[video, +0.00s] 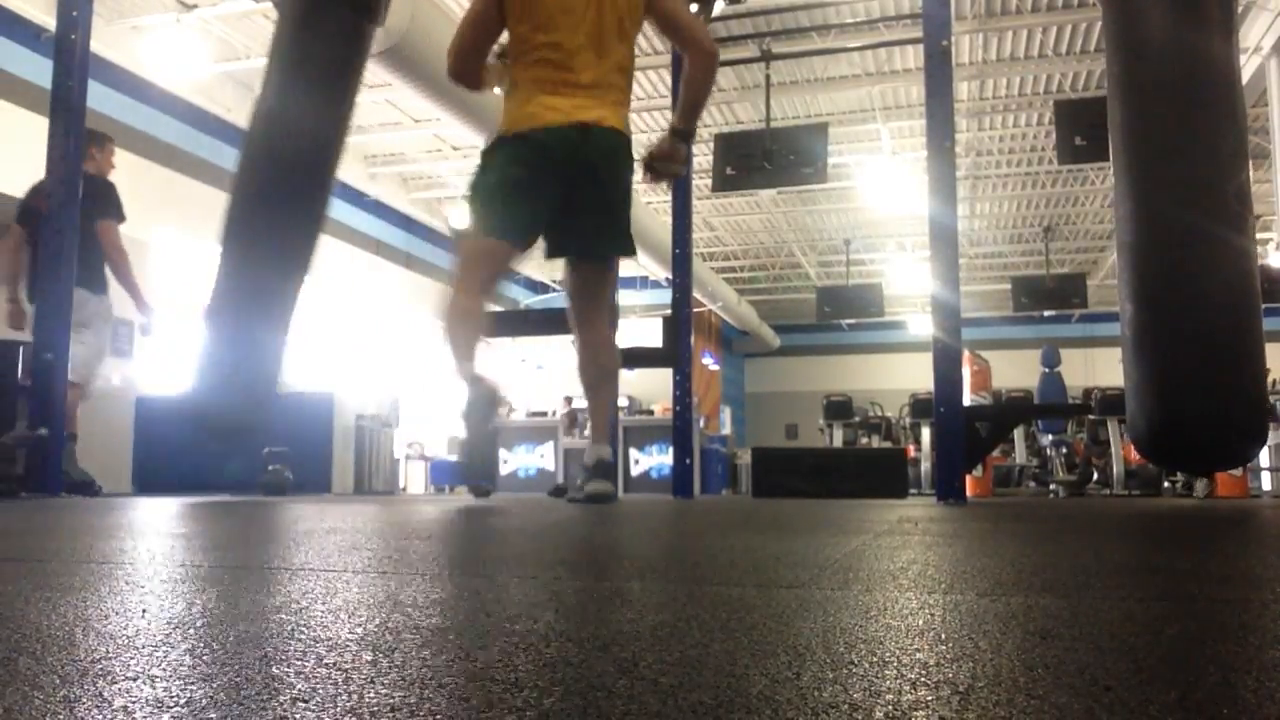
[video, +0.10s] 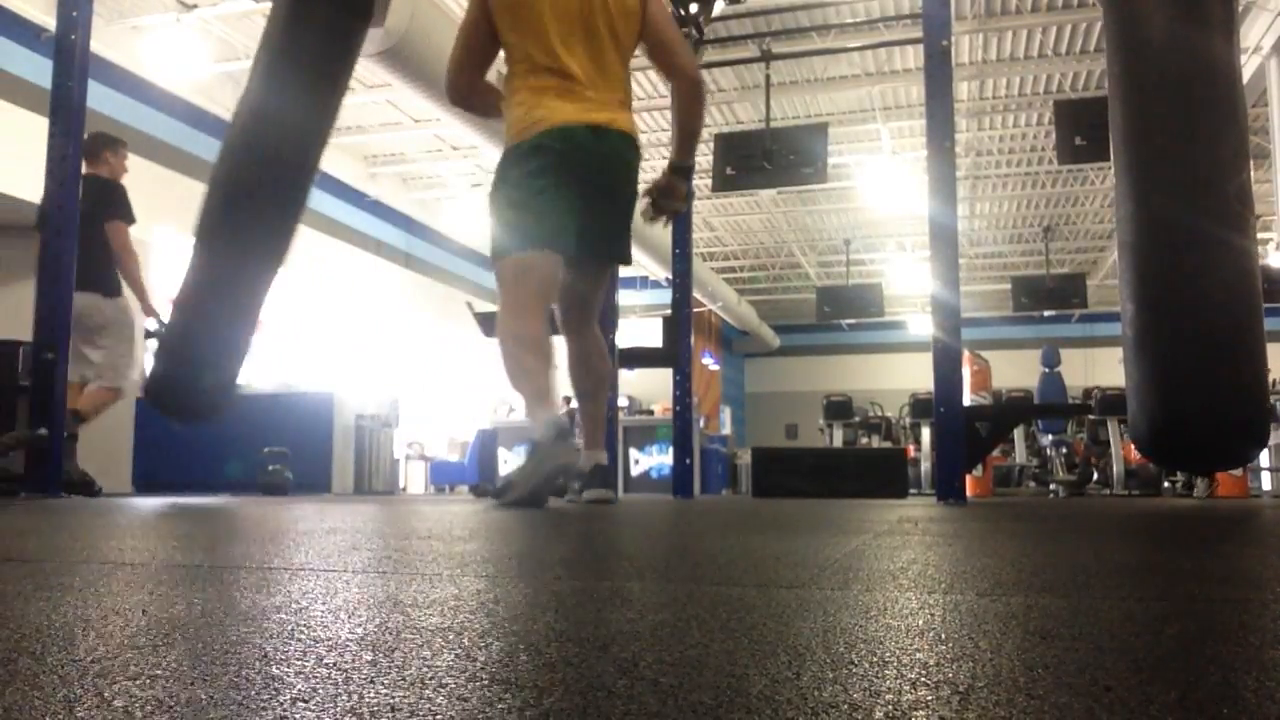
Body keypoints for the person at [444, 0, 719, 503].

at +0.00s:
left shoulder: (509, 0)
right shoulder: (638, 1)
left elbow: (463, 68)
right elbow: (704, 50)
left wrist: (502, 70)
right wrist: (680, 136)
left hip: (527, 143)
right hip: (604, 146)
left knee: (468, 291)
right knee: (595, 318)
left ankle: (470, 385)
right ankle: (602, 463)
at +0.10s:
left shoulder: (499, 3)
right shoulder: (636, 2)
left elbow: (462, 85)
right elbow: (689, 77)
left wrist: (528, 103)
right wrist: (680, 169)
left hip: (538, 142)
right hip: (614, 143)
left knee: (522, 312)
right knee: (584, 320)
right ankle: (596, 466)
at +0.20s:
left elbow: (465, 63)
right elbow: (684, 36)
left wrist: (527, 107)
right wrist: (673, 145)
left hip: (543, 114)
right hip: (627, 113)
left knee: (520, 296)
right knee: (611, 301)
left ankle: (542, 439)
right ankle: (604, 461)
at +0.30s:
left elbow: (467, 25)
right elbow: (700, 4)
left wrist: (530, 76)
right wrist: (683, 91)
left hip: (555, 75)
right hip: (641, 75)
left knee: (542, 260)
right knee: (632, 269)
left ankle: (552, 430)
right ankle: (647, 435)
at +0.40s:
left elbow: (475, 35)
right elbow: (729, 2)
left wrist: (541, 81)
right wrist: (706, 73)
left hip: (557, 82)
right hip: (645, 75)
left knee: (557, 271)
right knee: (651, 272)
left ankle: (589, 416)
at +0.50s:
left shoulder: (511, 2)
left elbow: (492, 68)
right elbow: (744, 4)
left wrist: (553, 120)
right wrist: (705, 94)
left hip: (567, 101)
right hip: (653, 94)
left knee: (557, 294)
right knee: (689, 299)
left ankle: (601, 438)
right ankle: (754, 419)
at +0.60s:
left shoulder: (521, 3)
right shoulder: (670, 5)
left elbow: (499, 90)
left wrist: (550, 151)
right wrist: (662, 147)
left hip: (570, 119)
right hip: (663, 113)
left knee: (513, 303)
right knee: (712, 307)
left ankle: (571, 395)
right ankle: (758, 446)